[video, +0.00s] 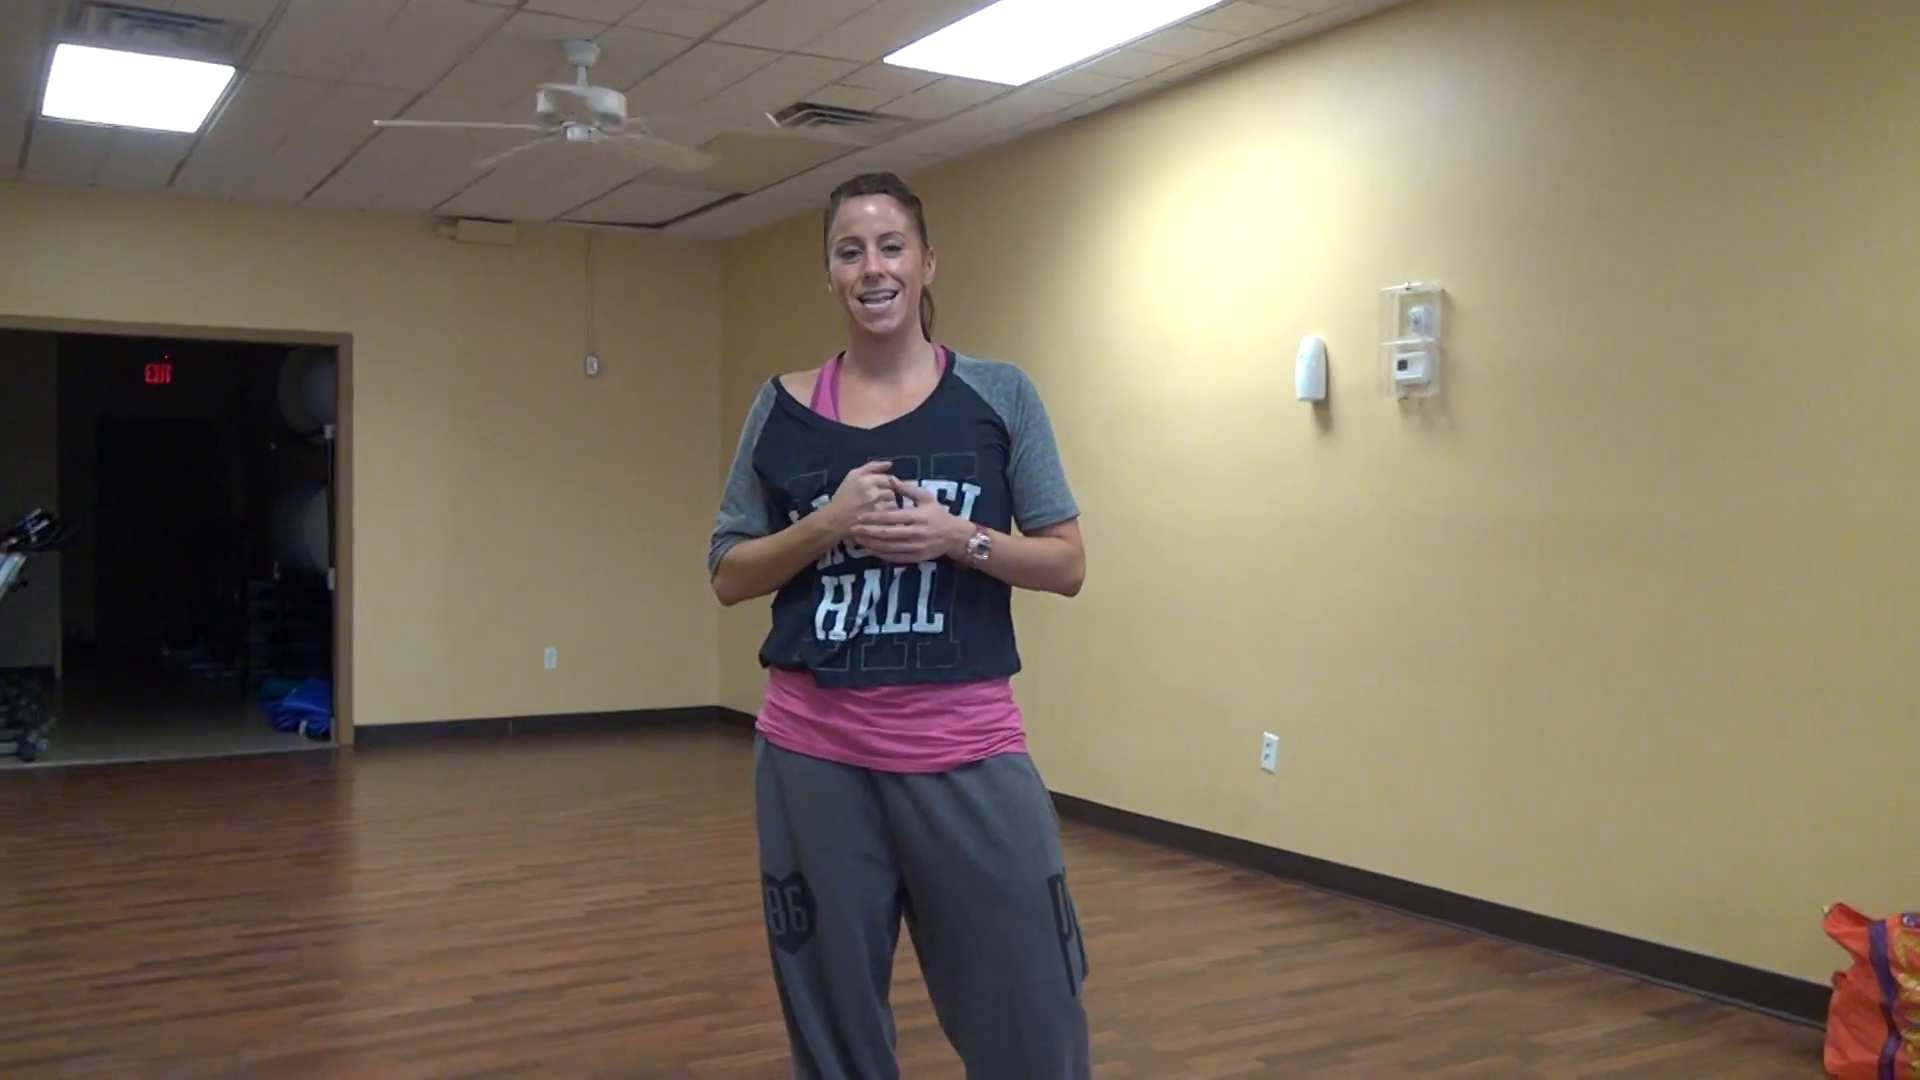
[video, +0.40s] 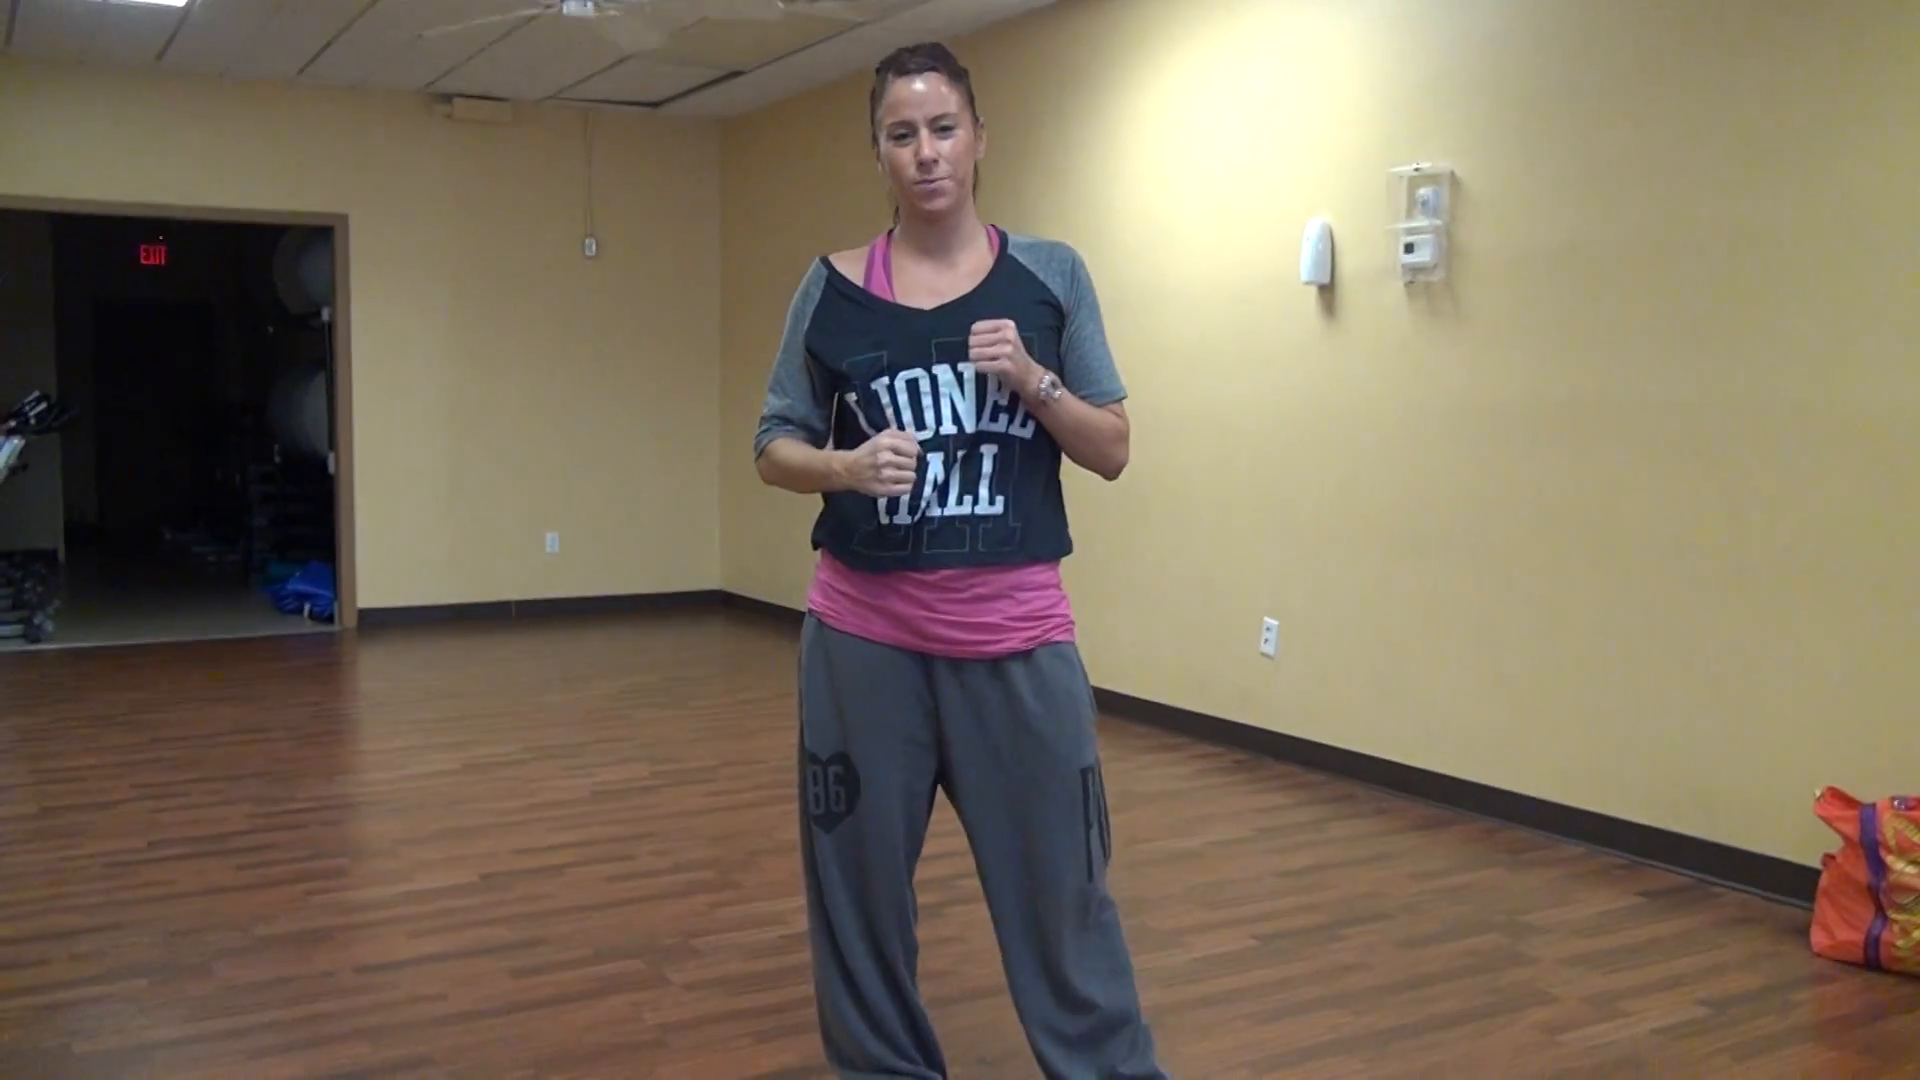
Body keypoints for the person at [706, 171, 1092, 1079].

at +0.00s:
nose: (871, 269)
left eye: (891, 247)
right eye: (850, 252)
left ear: (926, 263)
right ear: (828, 272)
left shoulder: (999, 393)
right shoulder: (784, 404)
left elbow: (1067, 565)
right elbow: (729, 577)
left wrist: (961, 538)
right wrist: (828, 523)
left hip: (967, 753)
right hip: (811, 754)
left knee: (1032, 1028)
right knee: (832, 1032)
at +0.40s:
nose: (926, 152)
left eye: (944, 128)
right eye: (903, 134)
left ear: (979, 138)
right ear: (878, 153)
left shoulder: (1051, 274)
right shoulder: (833, 287)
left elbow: (1111, 447)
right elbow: (775, 447)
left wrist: (1034, 385)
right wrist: (844, 467)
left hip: (1016, 633)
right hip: (861, 636)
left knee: (1063, 899)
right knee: (856, 902)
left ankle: (1112, 1068)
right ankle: (886, 1070)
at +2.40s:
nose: (1020, 131)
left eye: (1041, 114)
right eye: (998, 117)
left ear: (1071, 142)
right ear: (971, 149)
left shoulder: (1136, 279)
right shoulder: (917, 280)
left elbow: (1198, 451)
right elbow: (860, 468)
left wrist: (1124, 445)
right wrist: (902, 423)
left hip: (1095, 645)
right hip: (936, 642)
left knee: (1106, 921)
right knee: (907, 912)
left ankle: (1106, 1071)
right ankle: (888, 1068)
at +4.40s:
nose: (999, 140)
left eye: (1016, 122)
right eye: (975, 127)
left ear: (1044, 146)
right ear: (943, 160)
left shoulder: (1098, 294)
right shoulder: (887, 279)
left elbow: (1141, 467)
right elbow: (821, 440)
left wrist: (1083, 454)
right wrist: (886, 488)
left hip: (1043, 644)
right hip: (890, 642)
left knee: (1077, 907)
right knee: (876, 901)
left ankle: (1103, 1068)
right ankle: (878, 1067)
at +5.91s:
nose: (991, 153)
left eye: (1010, 133)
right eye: (969, 138)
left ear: (1040, 152)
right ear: (943, 164)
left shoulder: (1111, 284)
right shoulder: (897, 294)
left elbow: (1171, 453)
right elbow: (849, 466)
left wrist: (1106, 438)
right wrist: (910, 431)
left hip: (1077, 641)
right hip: (923, 640)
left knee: (1091, 905)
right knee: (893, 904)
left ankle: (1103, 1070)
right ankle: (884, 1069)